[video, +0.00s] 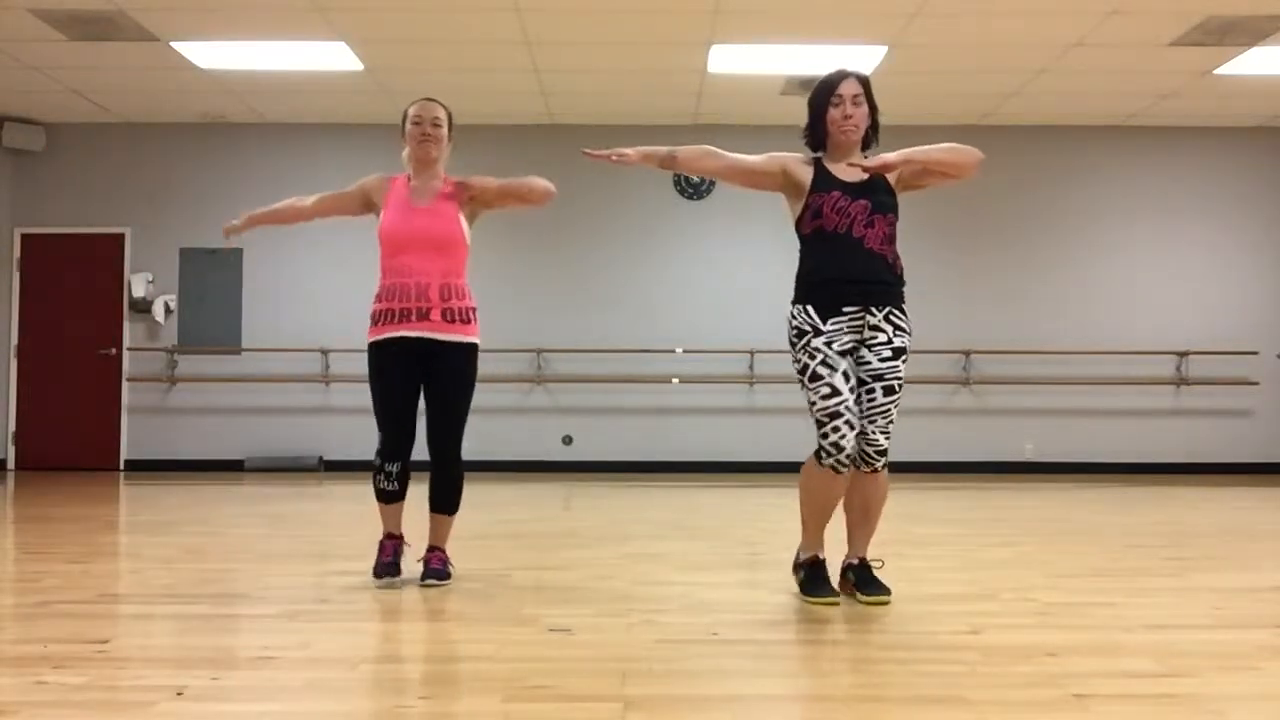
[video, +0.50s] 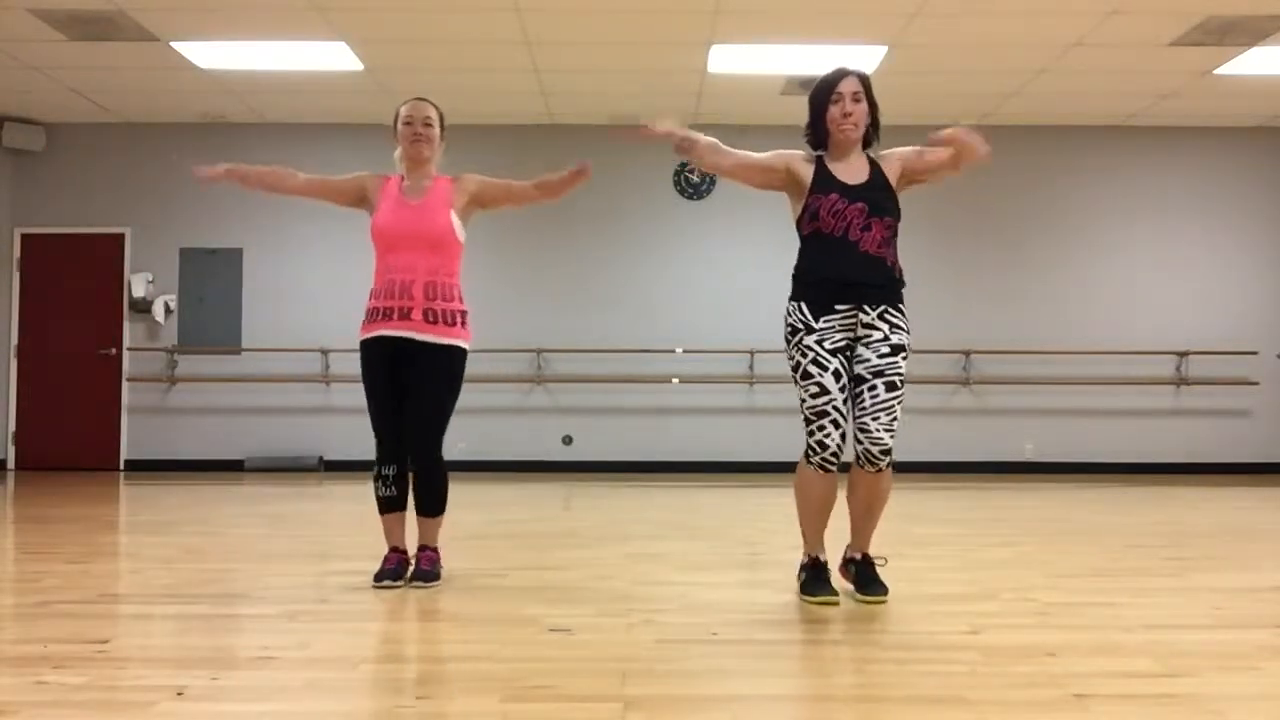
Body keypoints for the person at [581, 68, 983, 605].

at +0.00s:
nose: (848, 111)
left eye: (857, 102)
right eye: (838, 103)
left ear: (871, 114)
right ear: (819, 114)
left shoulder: (891, 174)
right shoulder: (798, 171)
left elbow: (972, 159)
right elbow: (721, 162)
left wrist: (902, 160)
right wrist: (647, 156)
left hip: (884, 319)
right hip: (820, 320)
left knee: (874, 444)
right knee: (839, 440)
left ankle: (858, 563)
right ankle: (811, 557)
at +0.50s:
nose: (847, 108)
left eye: (856, 99)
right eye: (837, 100)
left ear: (871, 111)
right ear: (820, 112)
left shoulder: (893, 164)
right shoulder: (798, 166)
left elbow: (964, 158)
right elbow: (730, 160)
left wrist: (962, 139)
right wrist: (684, 139)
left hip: (882, 317)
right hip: (817, 317)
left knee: (876, 441)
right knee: (827, 438)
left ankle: (859, 556)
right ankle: (813, 560)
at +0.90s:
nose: (837, 110)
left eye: (846, 100)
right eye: (827, 101)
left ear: (861, 111)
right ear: (810, 113)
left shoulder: (884, 164)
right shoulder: (789, 172)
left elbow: (965, 155)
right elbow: (715, 160)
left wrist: (1044, 150)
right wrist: (781, 151)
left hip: (875, 318)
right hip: (809, 320)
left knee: (868, 443)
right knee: (828, 440)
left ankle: (856, 560)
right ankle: (820, 563)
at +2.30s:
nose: (841, 99)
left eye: (851, 90)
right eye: (831, 92)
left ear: (868, 102)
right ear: (817, 107)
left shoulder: (890, 159)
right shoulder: (798, 164)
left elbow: (930, 216)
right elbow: (728, 199)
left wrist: (984, 175)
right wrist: (784, 174)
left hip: (881, 311)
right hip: (814, 311)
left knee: (873, 439)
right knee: (827, 434)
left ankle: (856, 556)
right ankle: (817, 553)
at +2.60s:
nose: (843, 107)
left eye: (853, 100)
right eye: (833, 100)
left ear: (867, 114)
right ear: (817, 112)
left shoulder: (887, 173)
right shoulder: (797, 171)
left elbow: (930, 231)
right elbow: (762, 221)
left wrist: (911, 177)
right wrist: (813, 160)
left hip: (884, 315)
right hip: (820, 316)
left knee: (874, 439)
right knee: (840, 435)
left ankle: (854, 560)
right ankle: (817, 556)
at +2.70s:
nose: (842, 102)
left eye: (851, 95)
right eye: (833, 94)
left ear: (864, 109)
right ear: (817, 106)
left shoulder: (882, 164)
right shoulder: (800, 163)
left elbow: (941, 159)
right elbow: (772, 164)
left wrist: (901, 110)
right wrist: (807, 105)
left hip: (878, 311)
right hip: (814, 312)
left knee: (874, 435)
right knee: (831, 434)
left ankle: (856, 555)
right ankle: (816, 555)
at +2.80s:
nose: (841, 98)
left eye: (850, 91)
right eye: (830, 91)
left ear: (864, 104)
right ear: (814, 106)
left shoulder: (881, 154)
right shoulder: (797, 159)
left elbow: (928, 104)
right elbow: (775, 98)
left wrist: (882, 39)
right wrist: (821, 45)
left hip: (876, 309)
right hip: (810, 311)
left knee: (884, 427)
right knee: (821, 429)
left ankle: (855, 541)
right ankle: (815, 556)